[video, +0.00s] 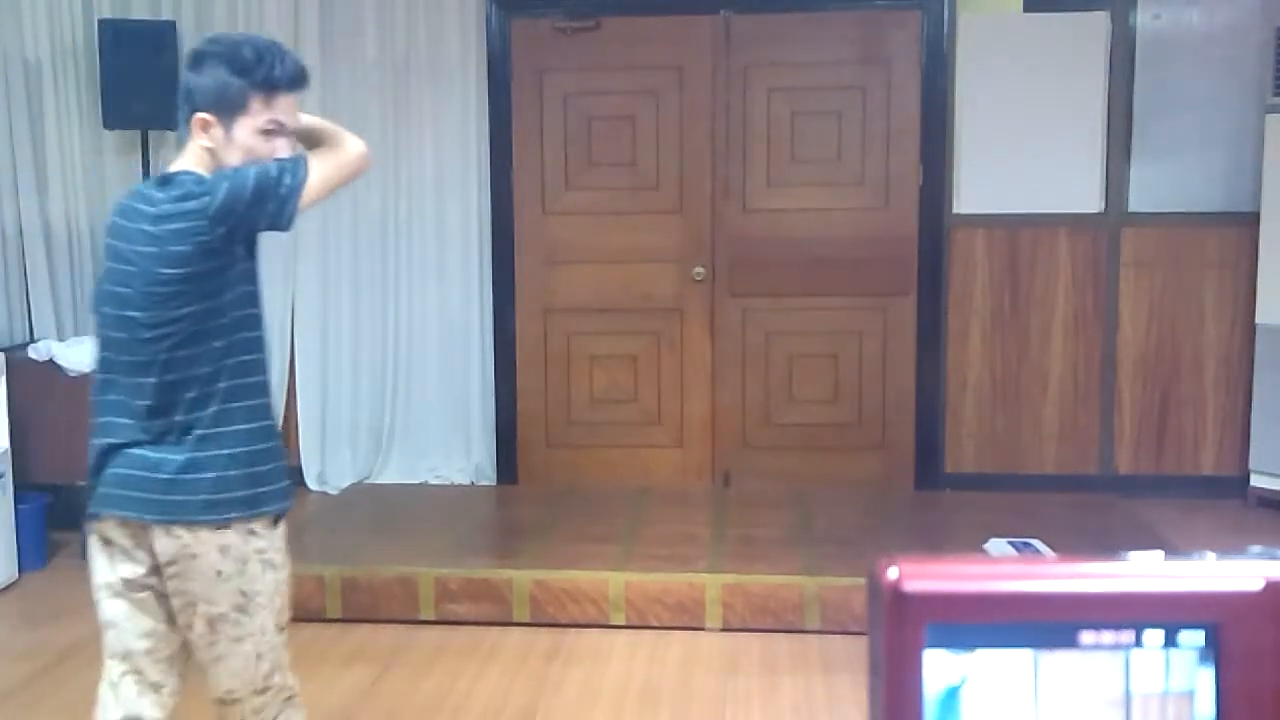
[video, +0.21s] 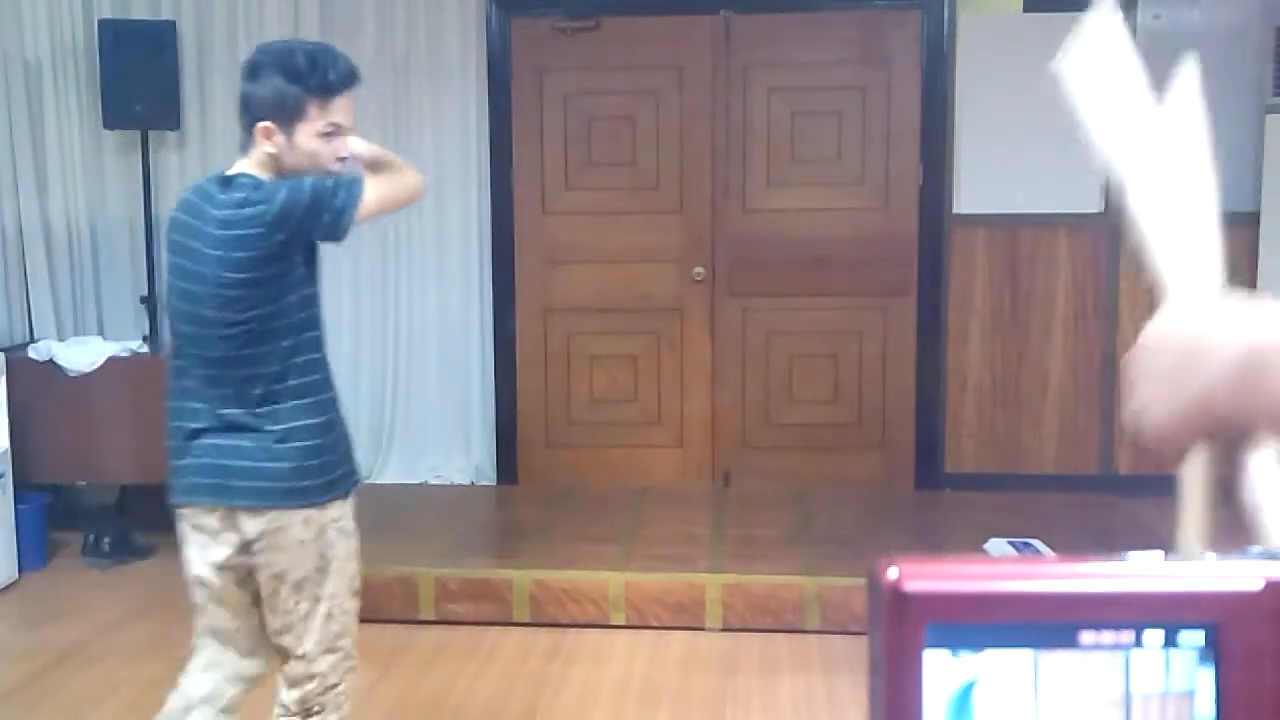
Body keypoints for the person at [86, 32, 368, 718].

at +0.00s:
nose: (285, 146)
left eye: (286, 129)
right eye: (269, 130)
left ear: (201, 130)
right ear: (206, 129)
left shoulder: (129, 208)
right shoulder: (225, 200)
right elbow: (352, 153)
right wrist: (294, 125)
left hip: (120, 490)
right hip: (217, 495)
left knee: (132, 692)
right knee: (259, 696)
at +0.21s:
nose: (346, 147)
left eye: (345, 128)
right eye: (328, 131)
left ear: (264, 135)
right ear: (269, 135)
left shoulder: (190, 206)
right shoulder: (288, 204)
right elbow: (407, 182)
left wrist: (330, 166)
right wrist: (348, 147)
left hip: (201, 474)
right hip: (292, 479)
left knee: (226, 655)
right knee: (318, 673)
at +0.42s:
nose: (369, 150)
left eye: (373, 132)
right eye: (354, 133)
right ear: (298, 131)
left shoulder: (229, 207)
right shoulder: (321, 215)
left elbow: (218, 335)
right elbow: (430, 301)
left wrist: (253, 413)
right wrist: (461, 273)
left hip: (255, 459)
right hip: (324, 467)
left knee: (301, 623)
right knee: (331, 652)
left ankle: (285, 708)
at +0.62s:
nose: (386, 160)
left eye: (390, 142)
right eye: (369, 145)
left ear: (313, 149)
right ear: (317, 144)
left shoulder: (267, 212)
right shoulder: (334, 226)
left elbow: (253, 331)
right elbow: (366, 357)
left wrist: (252, 421)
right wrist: (408, 469)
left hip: (297, 457)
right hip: (336, 463)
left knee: (344, 623)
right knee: (353, 633)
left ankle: (322, 709)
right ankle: (324, 712)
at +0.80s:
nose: (391, 155)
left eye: (397, 138)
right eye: (376, 141)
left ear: (404, 128)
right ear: (325, 137)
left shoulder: (321, 200)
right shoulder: (320, 210)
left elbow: (282, 320)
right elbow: (280, 327)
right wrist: (258, 447)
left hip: (337, 447)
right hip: (346, 452)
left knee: (348, 604)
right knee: (375, 616)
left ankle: (339, 706)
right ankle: (352, 711)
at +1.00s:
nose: (389, 155)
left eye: (396, 138)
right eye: (372, 141)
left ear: (407, 129)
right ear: (326, 137)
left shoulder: (361, 216)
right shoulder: (293, 212)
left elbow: (376, 314)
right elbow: (259, 330)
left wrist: (410, 384)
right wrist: (246, 448)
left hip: (356, 439)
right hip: (323, 442)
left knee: (344, 612)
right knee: (345, 616)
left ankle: (320, 707)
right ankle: (315, 711)